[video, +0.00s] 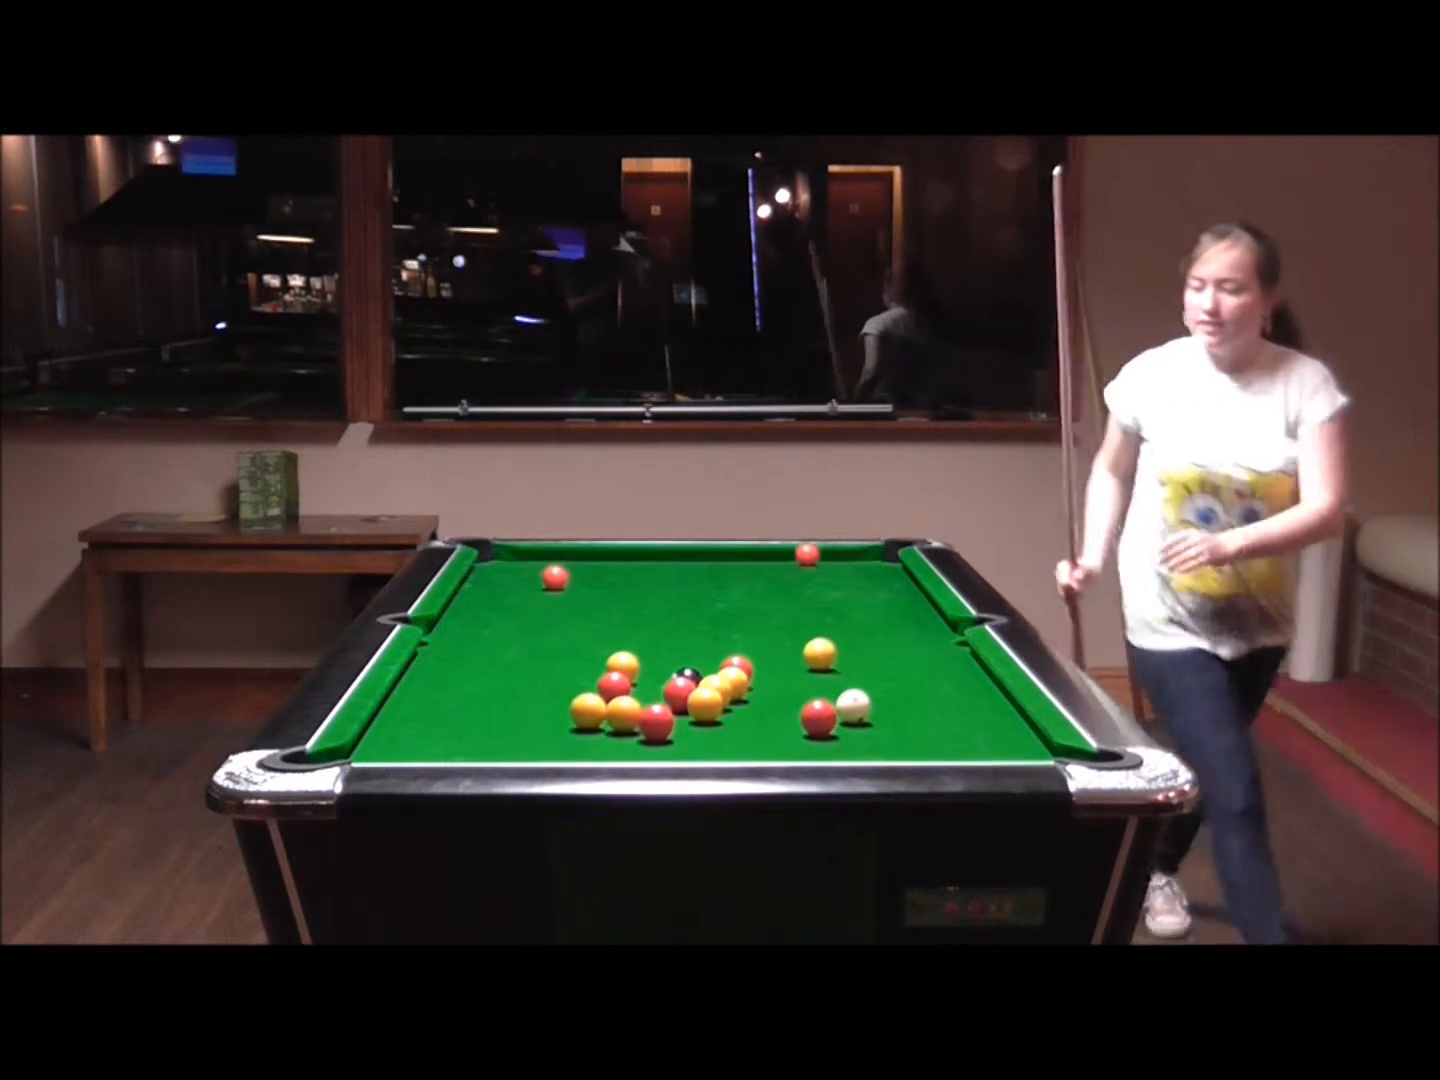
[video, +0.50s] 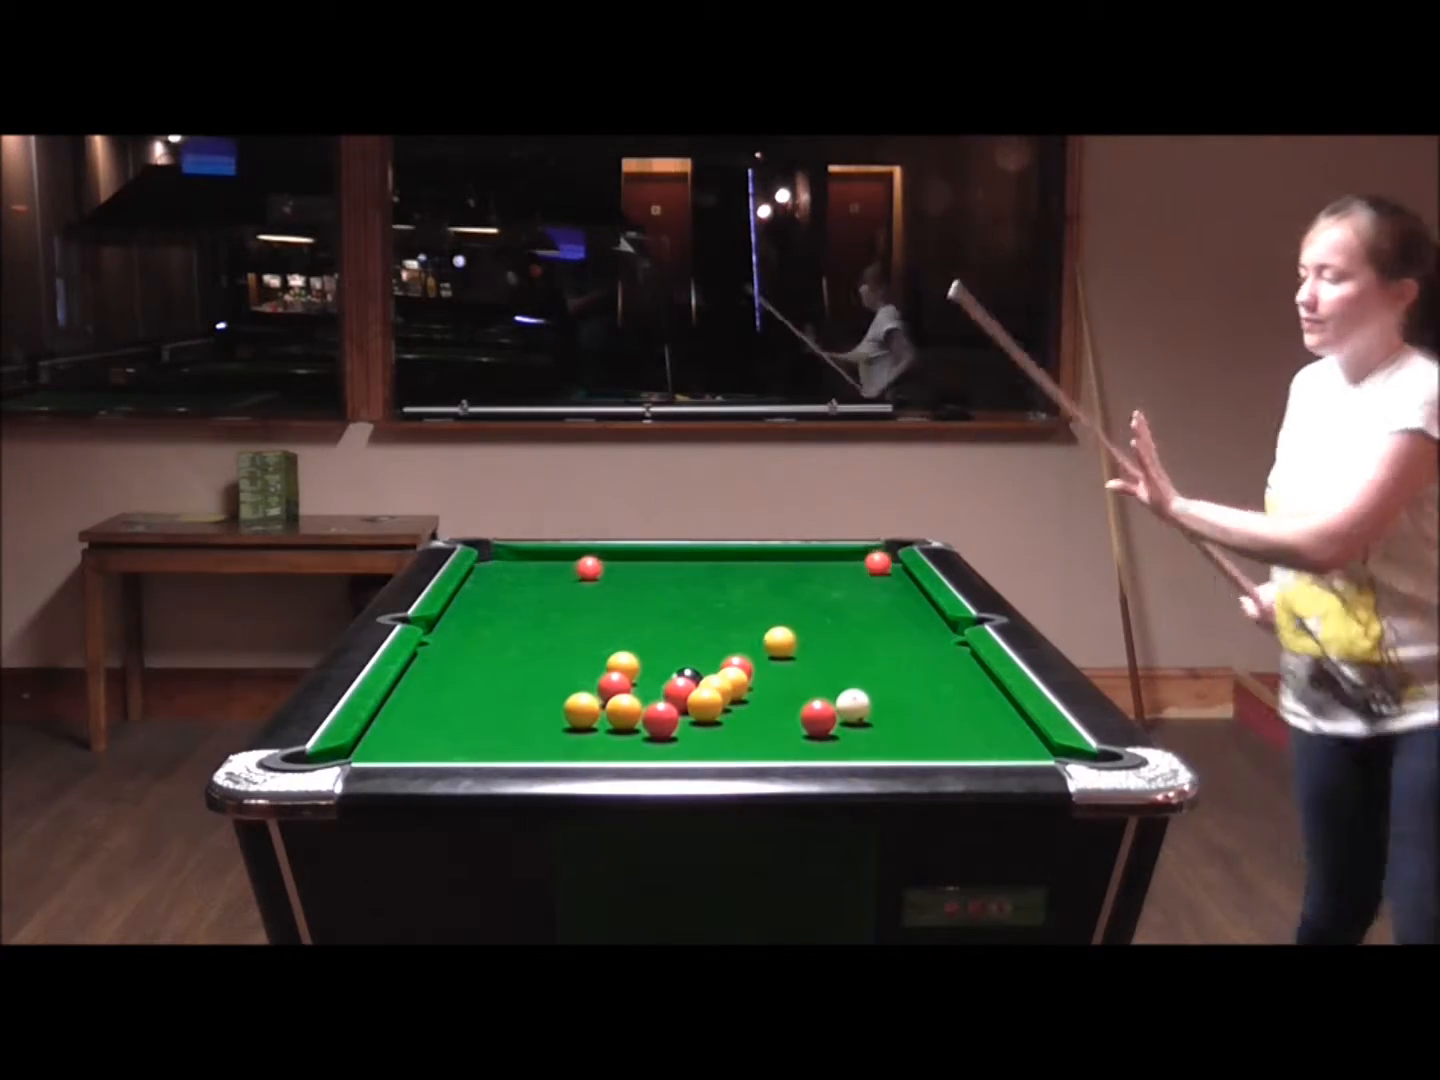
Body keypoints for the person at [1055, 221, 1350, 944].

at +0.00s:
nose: (1207, 303)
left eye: (1229, 288)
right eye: (1197, 285)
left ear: (1267, 303)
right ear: (1183, 291)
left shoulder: (1305, 383)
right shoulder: (1149, 376)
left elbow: (1328, 509)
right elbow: (1111, 469)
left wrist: (1226, 543)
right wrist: (1094, 556)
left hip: (1259, 628)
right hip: (1166, 622)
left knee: (1202, 771)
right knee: (1236, 793)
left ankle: (1157, 869)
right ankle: (1266, 936)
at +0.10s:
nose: (1219, 309)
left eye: (1241, 294)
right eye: (1209, 291)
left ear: (1286, 309)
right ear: (1197, 297)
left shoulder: (1329, 390)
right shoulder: (1169, 391)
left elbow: (1343, 518)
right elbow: (1136, 491)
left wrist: (1229, 541)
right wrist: (1113, 581)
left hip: (1294, 645)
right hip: (1199, 641)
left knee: (1238, 790)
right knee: (1271, 816)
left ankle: (1170, 870)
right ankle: (1286, 940)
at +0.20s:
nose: (1244, 303)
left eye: (1266, 287)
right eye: (1235, 286)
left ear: (1320, 301)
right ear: (1225, 295)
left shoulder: (1369, 391)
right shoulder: (1206, 393)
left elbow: (1363, 536)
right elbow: (1183, 503)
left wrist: (1226, 534)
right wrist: (1158, 595)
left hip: (1344, 666)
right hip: (1235, 664)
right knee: (1299, 848)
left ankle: (1268, 865)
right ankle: (1290, 932)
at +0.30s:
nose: (1264, 294)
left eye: (1286, 276)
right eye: (1257, 276)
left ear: (1347, 292)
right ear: (1248, 285)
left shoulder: (1391, 387)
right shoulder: (1232, 384)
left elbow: (1364, 536)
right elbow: (1229, 508)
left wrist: (1212, 520)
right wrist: (1195, 588)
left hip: (1371, 667)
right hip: (1250, 667)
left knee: (1381, 869)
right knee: (1300, 860)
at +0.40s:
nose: (1289, 288)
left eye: (1315, 270)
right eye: (1286, 270)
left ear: (1382, 287)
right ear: (1279, 276)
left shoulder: (1413, 387)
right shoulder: (1274, 380)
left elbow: (1344, 538)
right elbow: (1281, 524)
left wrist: (1191, 508)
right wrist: (1245, 585)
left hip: (1402, 676)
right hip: (1290, 674)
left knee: (1407, 891)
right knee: (1319, 891)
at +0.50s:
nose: (1305, 297)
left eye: (1330, 277)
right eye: (1303, 276)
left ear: (1399, 294)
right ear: (1299, 282)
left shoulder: (1426, 392)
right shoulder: (1310, 386)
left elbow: (1329, 542)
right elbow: (1309, 529)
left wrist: (1177, 508)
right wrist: (1281, 594)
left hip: (1422, 707)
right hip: (1323, 703)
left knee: (1420, 922)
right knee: (1334, 915)